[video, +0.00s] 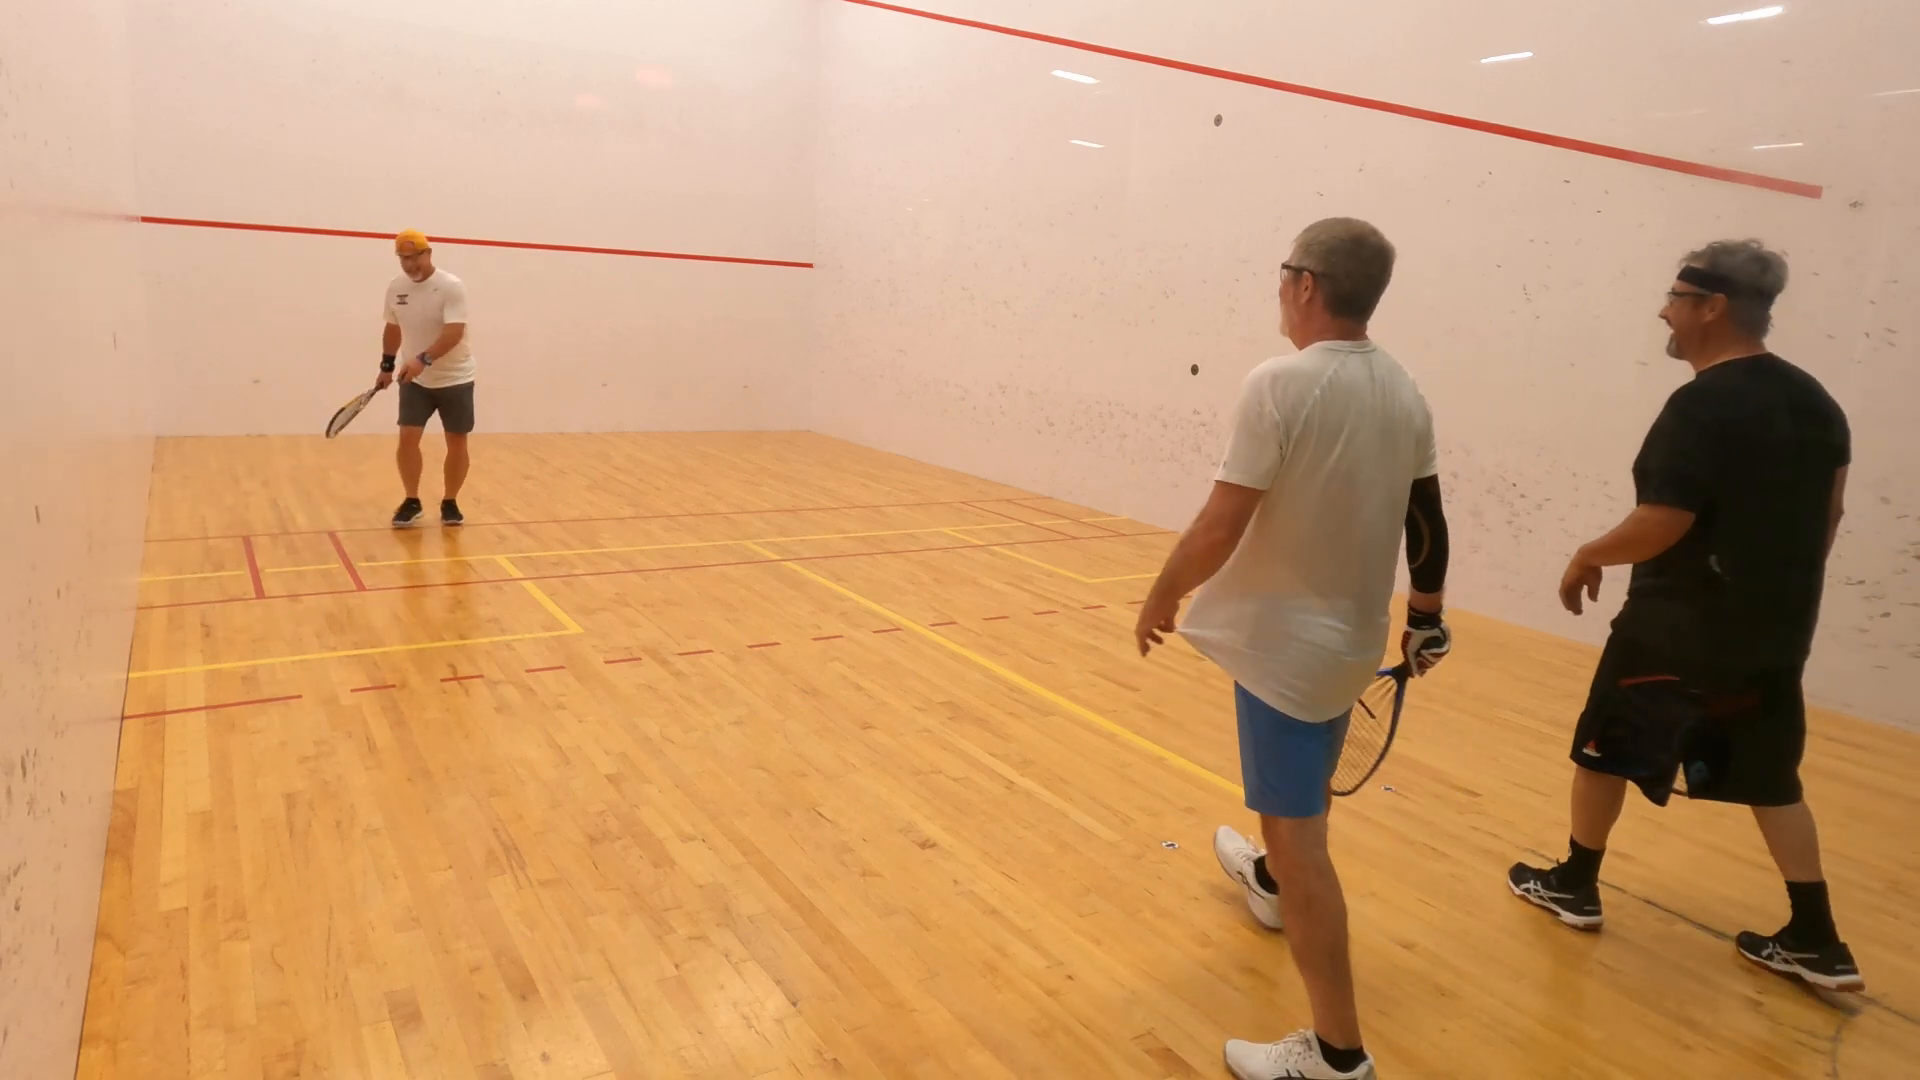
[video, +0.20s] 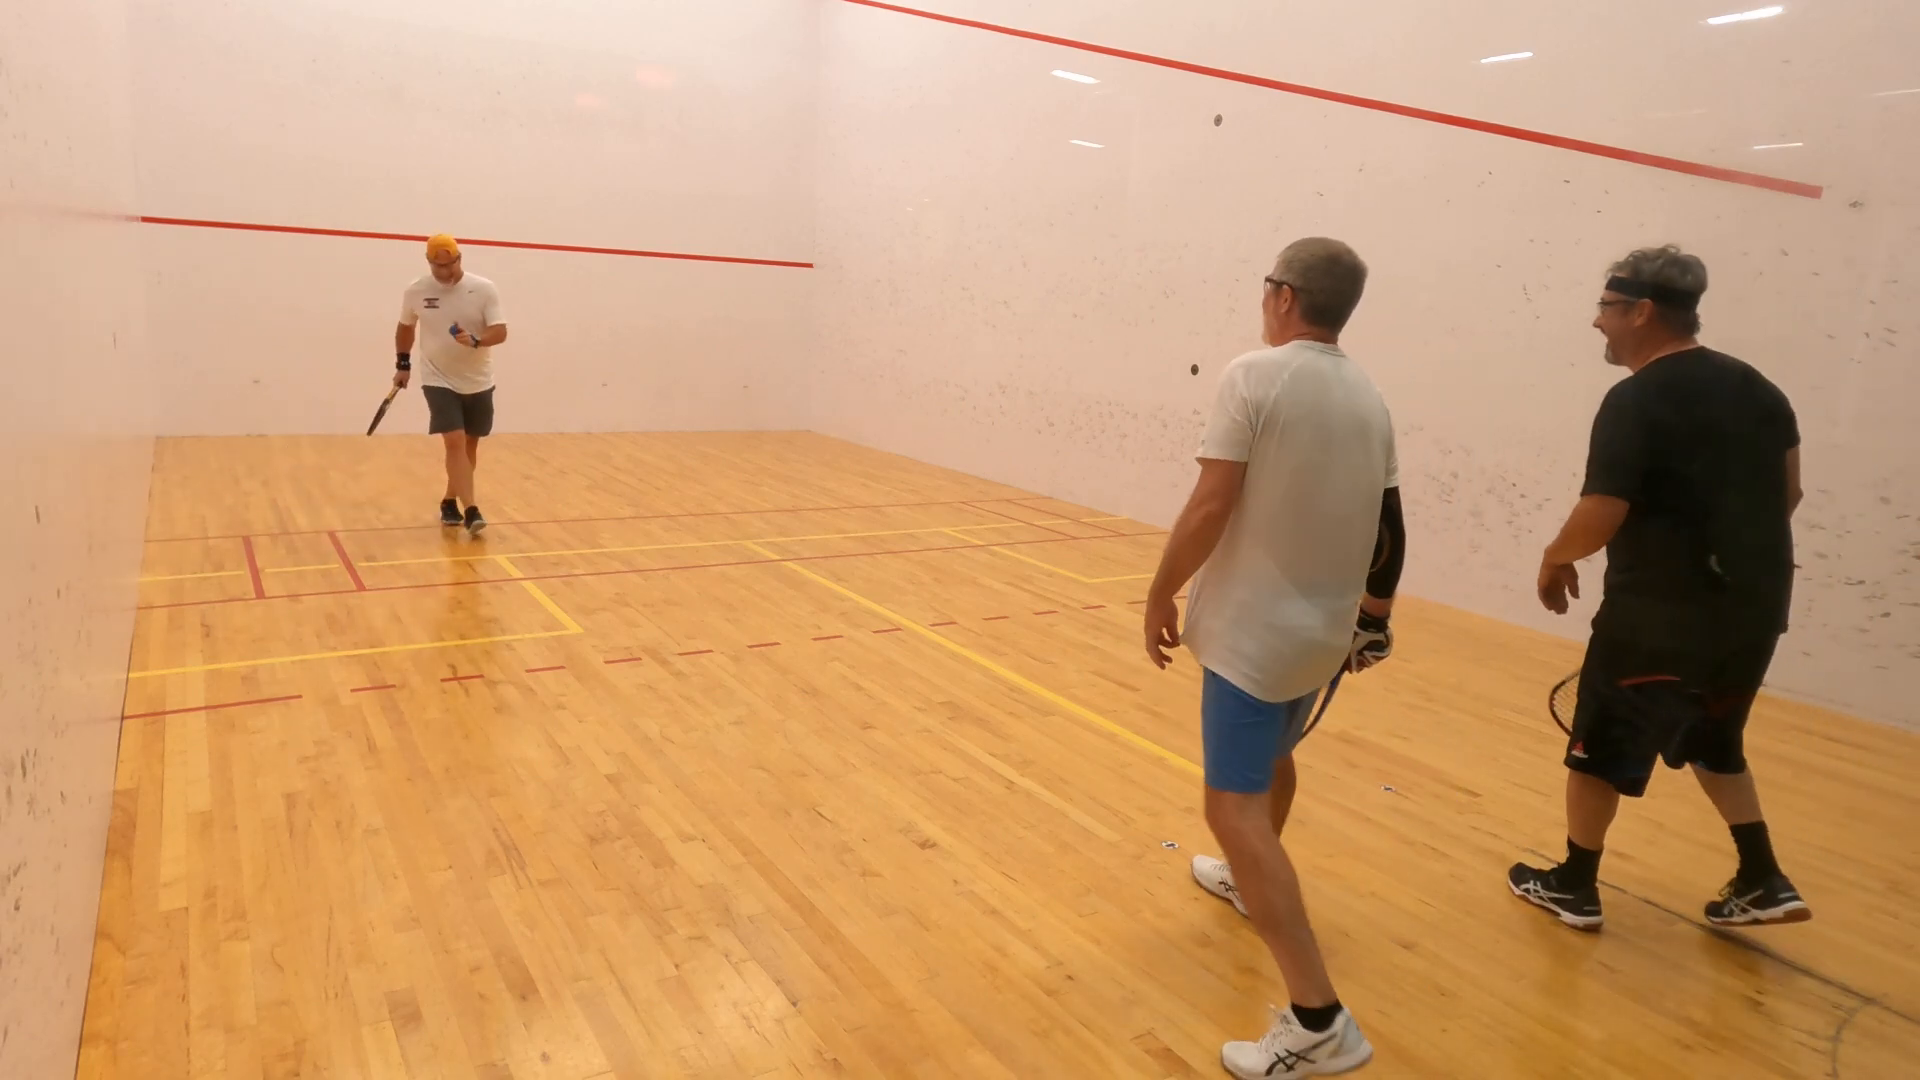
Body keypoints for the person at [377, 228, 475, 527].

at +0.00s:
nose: (409, 264)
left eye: (414, 257)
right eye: (403, 258)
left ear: (428, 254)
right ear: (398, 258)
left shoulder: (451, 286)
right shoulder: (397, 288)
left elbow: (454, 334)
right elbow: (392, 328)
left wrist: (422, 360)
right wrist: (387, 366)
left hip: (455, 380)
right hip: (416, 379)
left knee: (457, 442)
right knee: (408, 439)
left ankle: (450, 501)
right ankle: (411, 500)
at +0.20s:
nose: (444, 271)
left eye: (449, 264)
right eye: (438, 265)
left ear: (459, 259)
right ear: (429, 263)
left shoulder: (484, 289)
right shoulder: (417, 292)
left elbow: (499, 332)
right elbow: (406, 327)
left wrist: (476, 339)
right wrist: (403, 365)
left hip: (477, 381)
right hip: (438, 379)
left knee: (470, 446)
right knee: (455, 439)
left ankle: (450, 502)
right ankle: (471, 509)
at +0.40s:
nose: (464, 284)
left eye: (469, 276)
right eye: (457, 278)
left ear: (480, 268)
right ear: (449, 274)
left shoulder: (508, 293)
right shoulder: (442, 304)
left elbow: (534, 332)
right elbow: (424, 342)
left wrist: (519, 363)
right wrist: (420, 372)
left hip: (503, 387)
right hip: (467, 386)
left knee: (486, 449)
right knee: (486, 447)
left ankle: (452, 496)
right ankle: (500, 519)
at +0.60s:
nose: (487, 284)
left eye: (492, 277)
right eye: (480, 278)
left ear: (504, 268)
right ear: (473, 275)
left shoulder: (534, 290)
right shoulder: (470, 304)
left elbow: (560, 326)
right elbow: (451, 344)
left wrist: (561, 364)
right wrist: (444, 373)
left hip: (535, 385)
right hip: (495, 387)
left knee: (549, 449)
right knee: (503, 450)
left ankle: (516, 490)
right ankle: (500, 519)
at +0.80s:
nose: (528, 282)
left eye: (533, 275)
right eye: (521, 276)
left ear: (541, 268)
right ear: (509, 272)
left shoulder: (566, 293)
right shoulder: (499, 307)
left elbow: (590, 327)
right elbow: (486, 351)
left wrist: (593, 358)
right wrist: (474, 393)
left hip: (571, 387)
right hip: (525, 395)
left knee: (598, 441)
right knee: (516, 457)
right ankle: (502, 518)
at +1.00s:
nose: (577, 289)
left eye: (582, 282)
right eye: (570, 283)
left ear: (593, 276)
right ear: (561, 279)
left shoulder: (616, 306)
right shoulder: (549, 310)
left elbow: (638, 346)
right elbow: (533, 349)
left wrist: (612, 352)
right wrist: (519, 387)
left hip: (613, 405)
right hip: (567, 407)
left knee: (647, 465)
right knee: (538, 462)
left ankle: (687, 527)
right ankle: (509, 516)